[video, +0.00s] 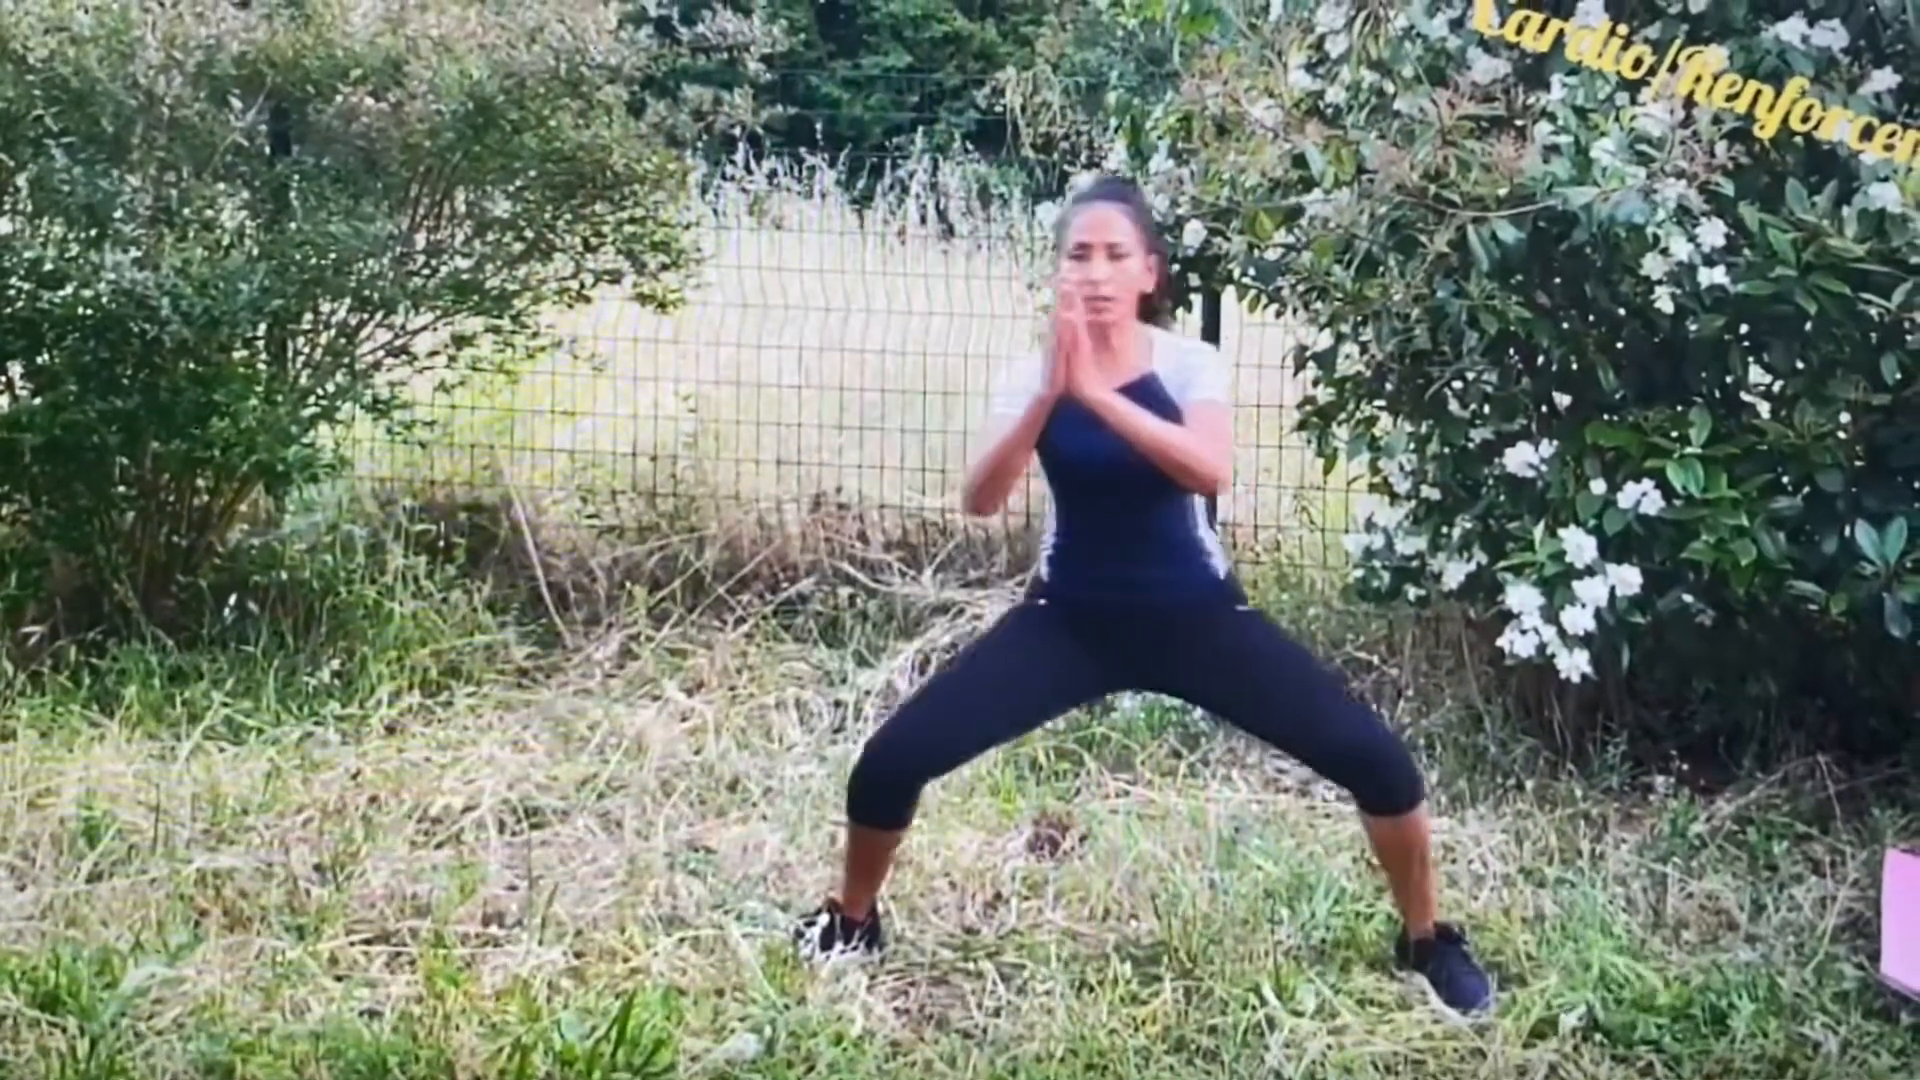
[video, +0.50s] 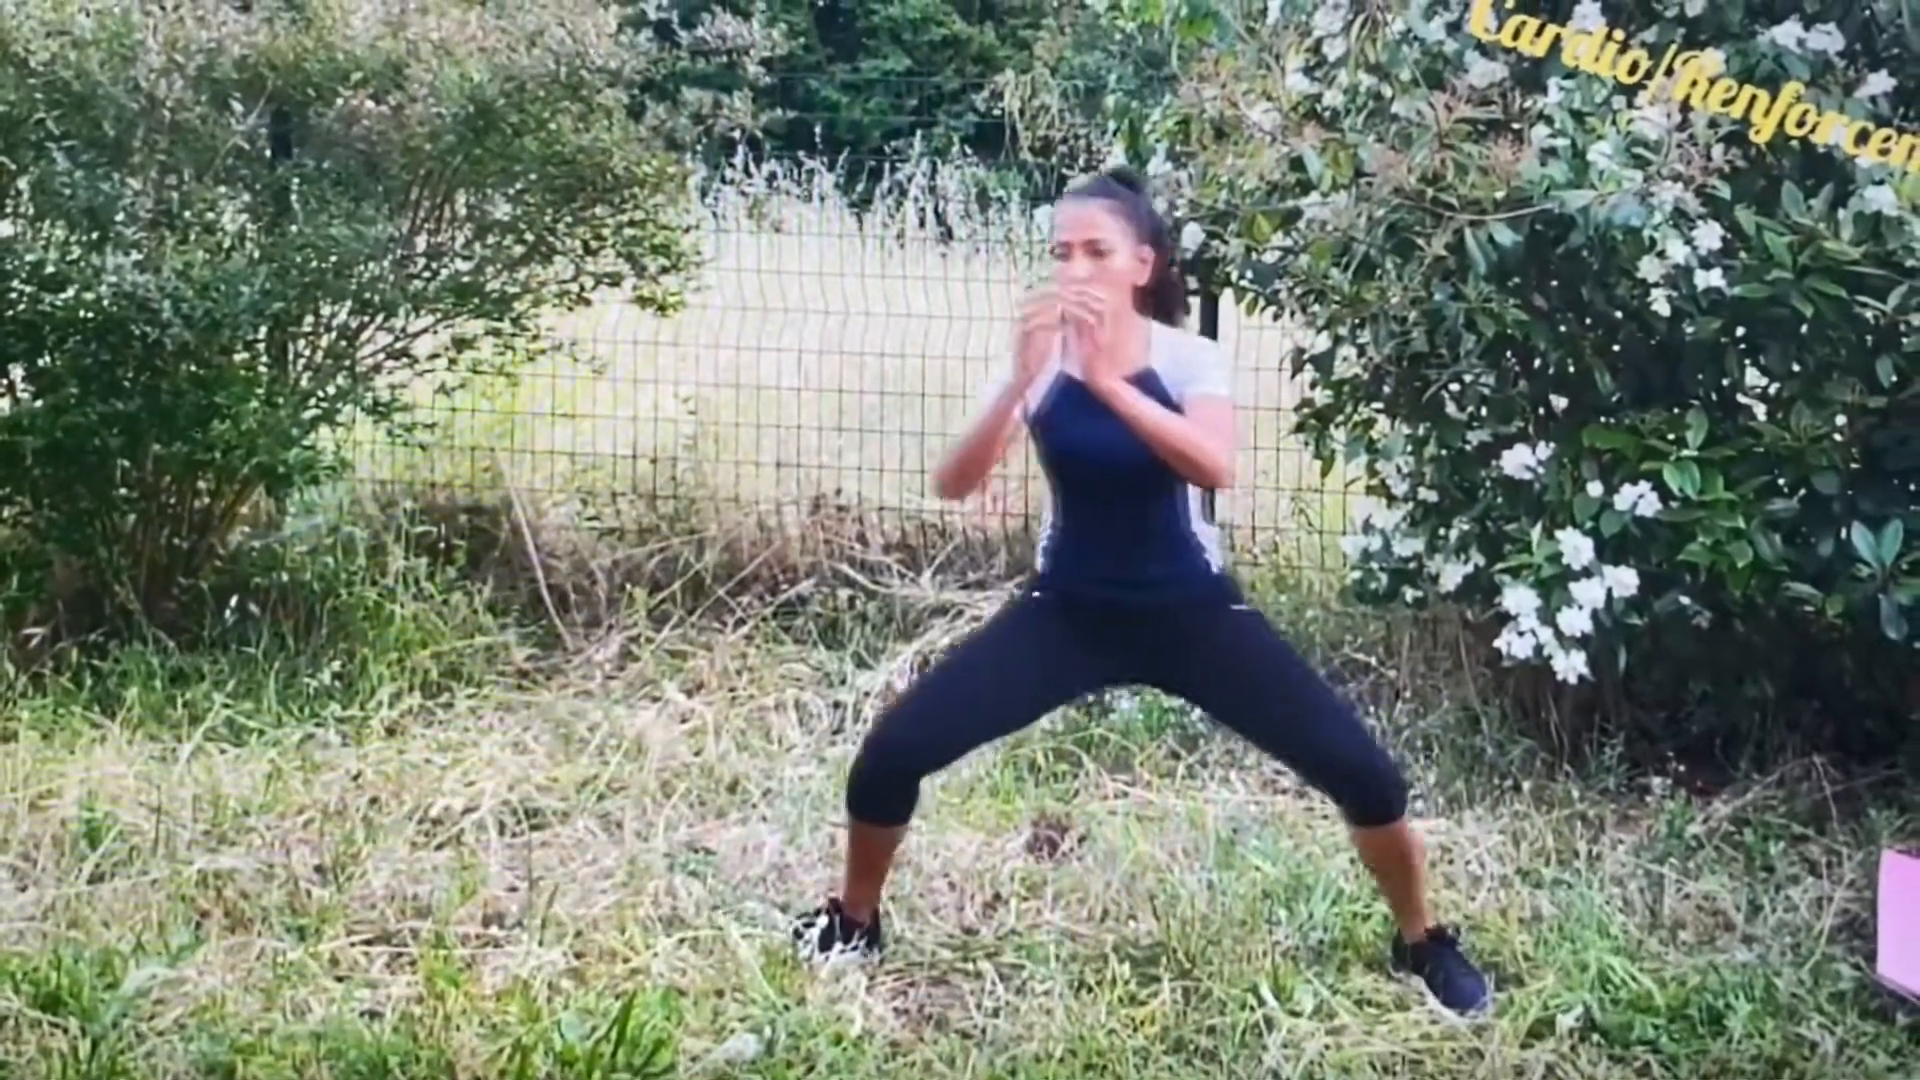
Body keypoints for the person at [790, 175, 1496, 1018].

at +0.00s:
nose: (1092, 273)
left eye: (1112, 256)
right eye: (1078, 256)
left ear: (1152, 272)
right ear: (1057, 271)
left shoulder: (1187, 363)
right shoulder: (1036, 372)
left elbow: (1210, 469)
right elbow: (980, 500)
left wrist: (1095, 393)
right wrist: (1050, 390)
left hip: (1195, 627)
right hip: (1067, 628)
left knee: (1381, 764)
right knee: (889, 759)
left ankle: (1426, 938)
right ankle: (848, 921)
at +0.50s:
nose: (1072, 271)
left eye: (1094, 253)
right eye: (1062, 253)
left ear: (1147, 265)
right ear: (1051, 265)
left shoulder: (1188, 358)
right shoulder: (1043, 359)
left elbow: (1218, 465)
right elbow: (952, 482)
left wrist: (1108, 384)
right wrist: (1023, 379)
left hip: (1191, 620)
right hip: (1065, 619)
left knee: (1369, 776)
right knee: (891, 749)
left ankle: (1423, 940)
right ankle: (851, 922)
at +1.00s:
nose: (934, 192)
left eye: (958, 174)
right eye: (922, 173)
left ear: (1003, 195)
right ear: (905, 190)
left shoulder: (1033, 302)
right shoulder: (874, 286)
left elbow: (1112, 413)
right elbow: (754, 399)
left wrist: (986, 369)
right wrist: (850, 370)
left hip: (983, 559)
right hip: (862, 544)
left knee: (1037, 761)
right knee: (735, 706)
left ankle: (982, 917)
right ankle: (802, 879)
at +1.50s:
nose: (740, 247)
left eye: (762, 232)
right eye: (727, 229)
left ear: (799, 250)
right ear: (704, 240)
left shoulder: (832, 349)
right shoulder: (658, 329)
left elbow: (970, 427)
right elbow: (525, 367)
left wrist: (877, 529)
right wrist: (560, 493)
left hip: (795, 596)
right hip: (669, 587)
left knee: (931, 752)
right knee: (464, 734)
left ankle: (986, 924)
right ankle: (428, 876)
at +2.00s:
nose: (714, 254)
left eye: (737, 240)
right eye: (701, 235)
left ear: (774, 260)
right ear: (677, 248)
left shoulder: (803, 365)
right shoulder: (630, 344)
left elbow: (929, 466)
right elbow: (522, 404)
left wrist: (849, 559)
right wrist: (583, 522)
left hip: (771, 603)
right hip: (642, 598)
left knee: (913, 747)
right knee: (444, 741)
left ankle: (985, 921)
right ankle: (428, 879)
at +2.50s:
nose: (891, 205)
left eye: (913, 188)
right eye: (877, 187)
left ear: (952, 208)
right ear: (858, 203)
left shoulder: (997, 304)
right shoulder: (829, 302)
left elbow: (1124, 413)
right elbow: (715, 385)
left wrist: (1059, 517)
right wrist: (796, 495)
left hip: (986, 559)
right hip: (867, 564)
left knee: (1040, 742)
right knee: (800, 763)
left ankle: (1002, 912)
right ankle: (886, 914)